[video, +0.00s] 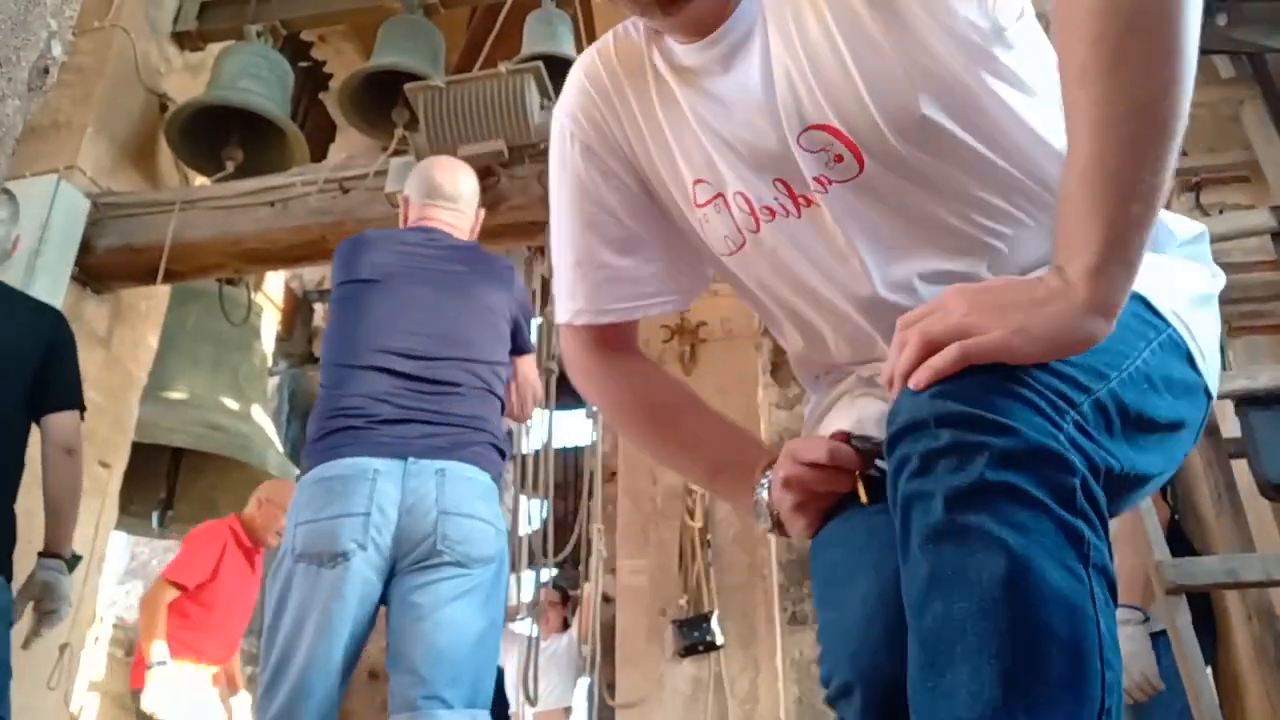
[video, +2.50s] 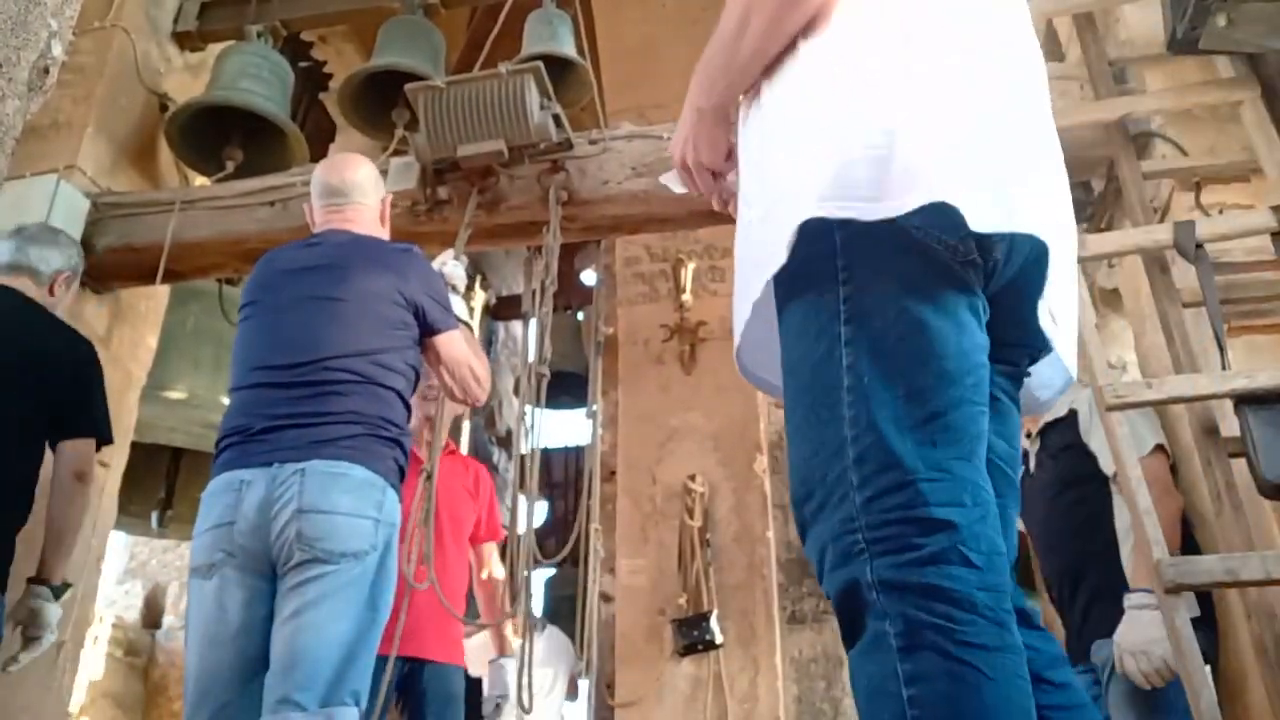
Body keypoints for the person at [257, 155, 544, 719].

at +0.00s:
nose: (400, 212)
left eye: (398, 206)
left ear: (403, 211)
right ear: (477, 223)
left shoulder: (353, 253)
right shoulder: (503, 275)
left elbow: (355, 353)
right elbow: (523, 402)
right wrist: (453, 371)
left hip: (344, 480)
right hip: (464, 488)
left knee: (293, 705)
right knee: (444, 706)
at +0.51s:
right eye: (388, 245)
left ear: (312, 253)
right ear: (385, 247)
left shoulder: (272, 295)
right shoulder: (408, 285)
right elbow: (480, 404)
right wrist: (427, 353)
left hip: (242, 491)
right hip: (356, 488)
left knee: (224, 706)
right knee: (362, 708)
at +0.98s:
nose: (396, 225)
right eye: (397, 220)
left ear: (318, 227)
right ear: (394, 225)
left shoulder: (272, 279)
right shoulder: (408, 275)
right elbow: (477, 393)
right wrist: (447, 324)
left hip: (229, 494)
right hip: (340, 490)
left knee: (218, 710)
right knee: (313, 708)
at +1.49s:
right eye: (402, 210)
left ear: (322, 216)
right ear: (398, 215)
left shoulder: (275, 271)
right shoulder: (415, 270)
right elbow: (483, 390)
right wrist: (442, 326)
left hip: (238, 488)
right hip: (352, 487)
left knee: (216, 708)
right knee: (310, 707)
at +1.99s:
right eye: (392, 209)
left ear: (313, 218)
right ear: (388, 213)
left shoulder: (267, 272)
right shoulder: (409, 270)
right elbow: (477, 391)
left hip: (234, 488)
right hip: (348, 487)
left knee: (215, 709)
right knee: (309, 707)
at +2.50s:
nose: (391, 215)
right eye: (391, 207)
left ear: (311, 216)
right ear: (385, 209)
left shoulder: (264, 270)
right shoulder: (406, 265)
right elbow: (473, 386)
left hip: (231, 488)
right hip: (345, 485)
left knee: (214, 709)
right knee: (309, 707)